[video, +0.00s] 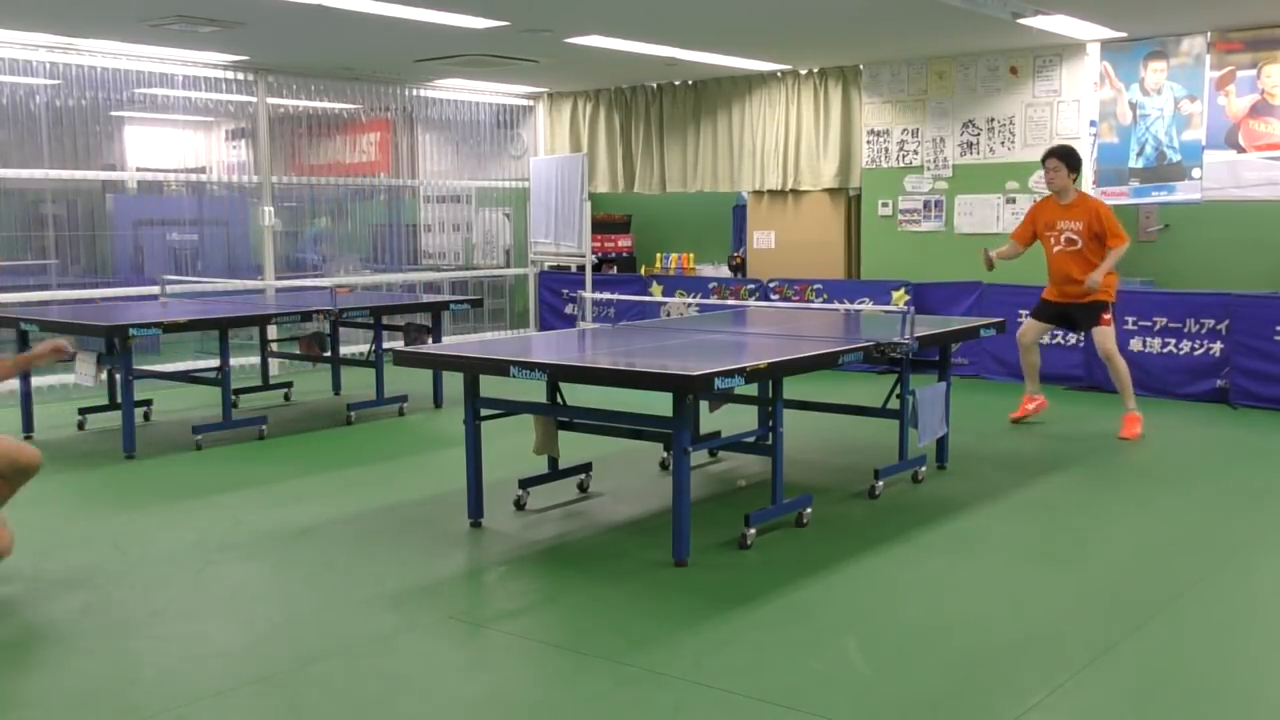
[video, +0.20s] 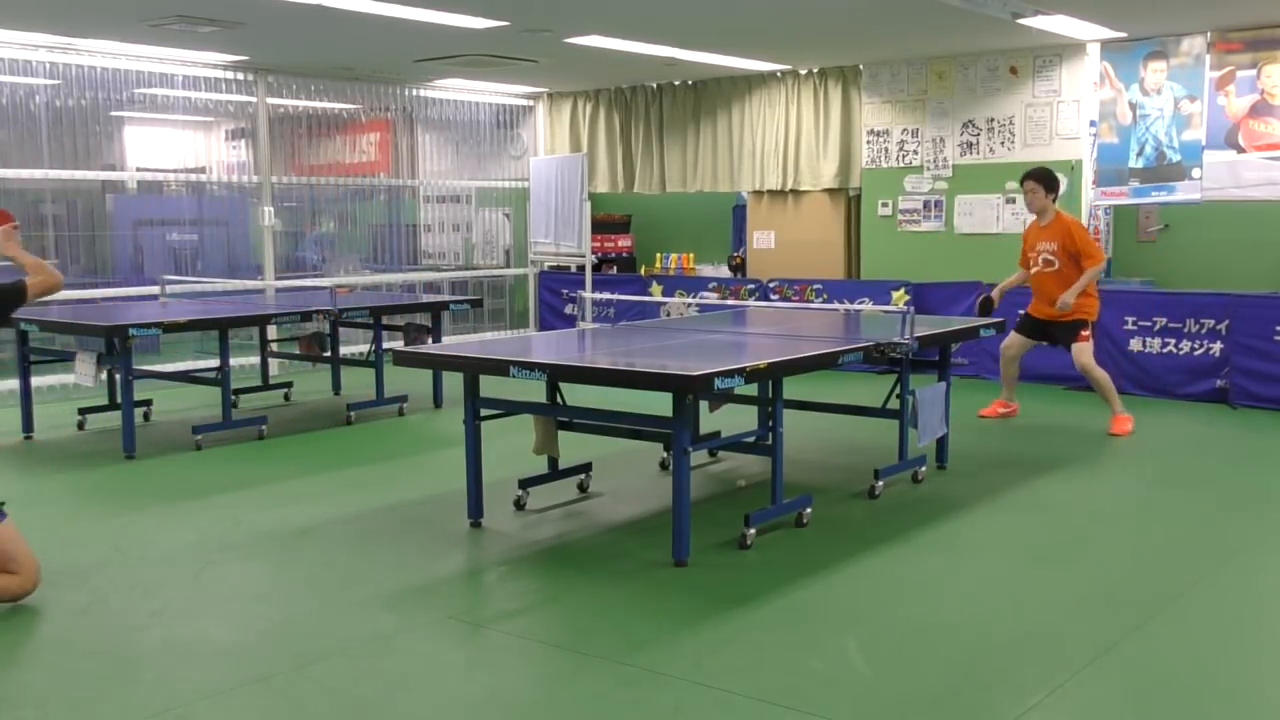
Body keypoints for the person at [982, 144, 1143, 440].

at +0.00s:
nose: (1048, 177)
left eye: (1054, 171)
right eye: (1046, 172)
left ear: (1072, 173)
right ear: (1044, 175)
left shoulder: (1095, 208)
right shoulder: (1040, 209)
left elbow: (1121, 242)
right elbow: (1017, 245)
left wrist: (1101, 271)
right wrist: (996, 255)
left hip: (1094, 295)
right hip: (1057, 295)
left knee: (1107, 350)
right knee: (1026, 338)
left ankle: (1132, 411)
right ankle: (1033, 396)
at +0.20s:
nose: (1026, 198)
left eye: (1032, 193)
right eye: (1024, 193)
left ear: (1050, 195)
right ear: (1023, 195)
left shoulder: (1071, 227)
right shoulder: (1031, 232)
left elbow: (1097, 263)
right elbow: (1026, 270)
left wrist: (1072, 292)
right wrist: (1001, 288)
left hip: (1077, 309)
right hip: (1042, 308)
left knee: (1084, 363)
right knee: (1008, 350)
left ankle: (1120, 413)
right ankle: (1008, 402)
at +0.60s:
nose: (1025, 203)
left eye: (1031, 198)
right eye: (1023, 198)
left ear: (1048, 201)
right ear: (1022, 199)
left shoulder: (1067, 232)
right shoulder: (1020, 230)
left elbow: (1099, 264)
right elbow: (984, 234)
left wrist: (1081, 296)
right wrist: (948, 228)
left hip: (1078, 309)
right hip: (1045, 308)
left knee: (1084, 357)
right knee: (1002, 344)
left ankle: (1117, 413)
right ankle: (1007, 401)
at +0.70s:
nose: (1027, 202)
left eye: (1033, 197)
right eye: (1025, 197)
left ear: (1050, 199)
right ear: (1024, 199)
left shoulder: (1071, 232)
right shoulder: (1020, 229)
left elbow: (1103, 266)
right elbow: (985, 232)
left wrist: (1094, 299)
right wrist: (952, 219)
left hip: (1076, 310)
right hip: (1040, 309)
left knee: (1087, 355)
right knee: (999, 345)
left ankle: (1117, 412)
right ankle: (1006, 401)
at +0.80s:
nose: (1029, 194)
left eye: (1035, 189)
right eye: (1027, 189)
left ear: (1052, 192)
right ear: (1025, 191)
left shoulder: (1072, 225)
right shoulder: (1020, 223)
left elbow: (1102, 260)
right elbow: (987, 234)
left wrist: (1101, 295)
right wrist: (955, 221)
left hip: (1073, 304)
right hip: (1035, 302)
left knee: (1087, 352)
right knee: (1000, 344)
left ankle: (1116, 409)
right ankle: (1006, 401)